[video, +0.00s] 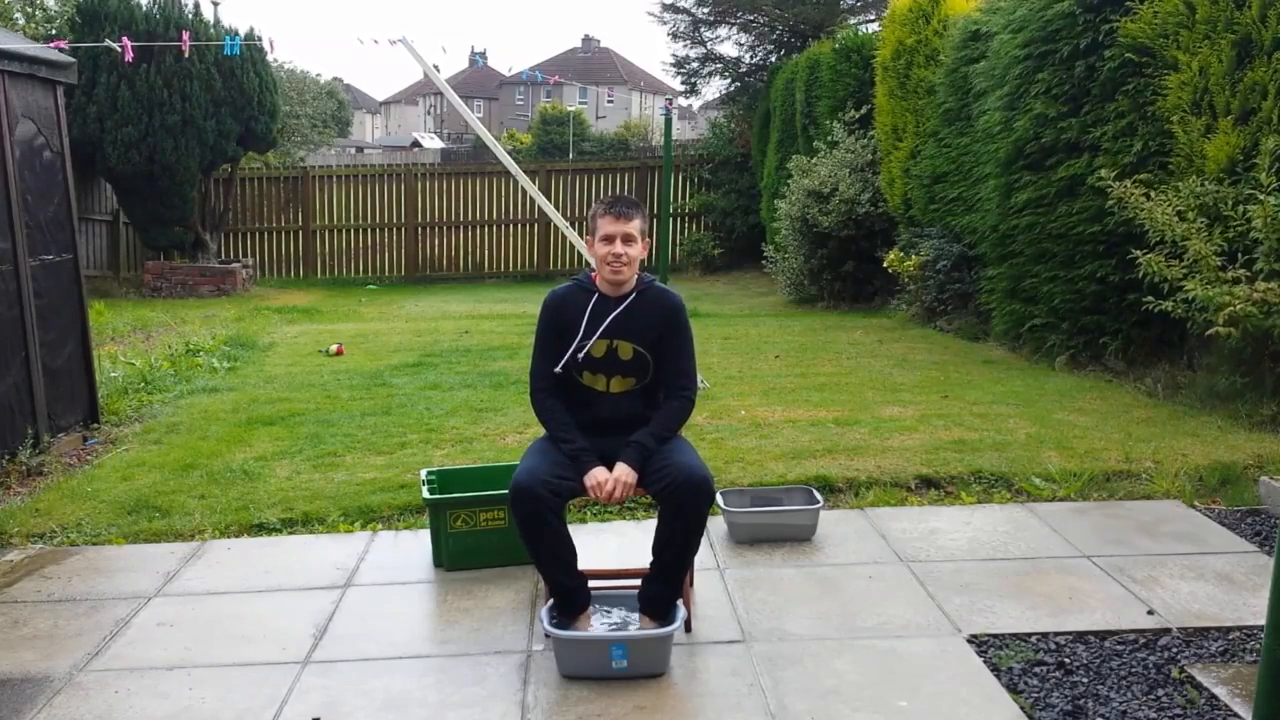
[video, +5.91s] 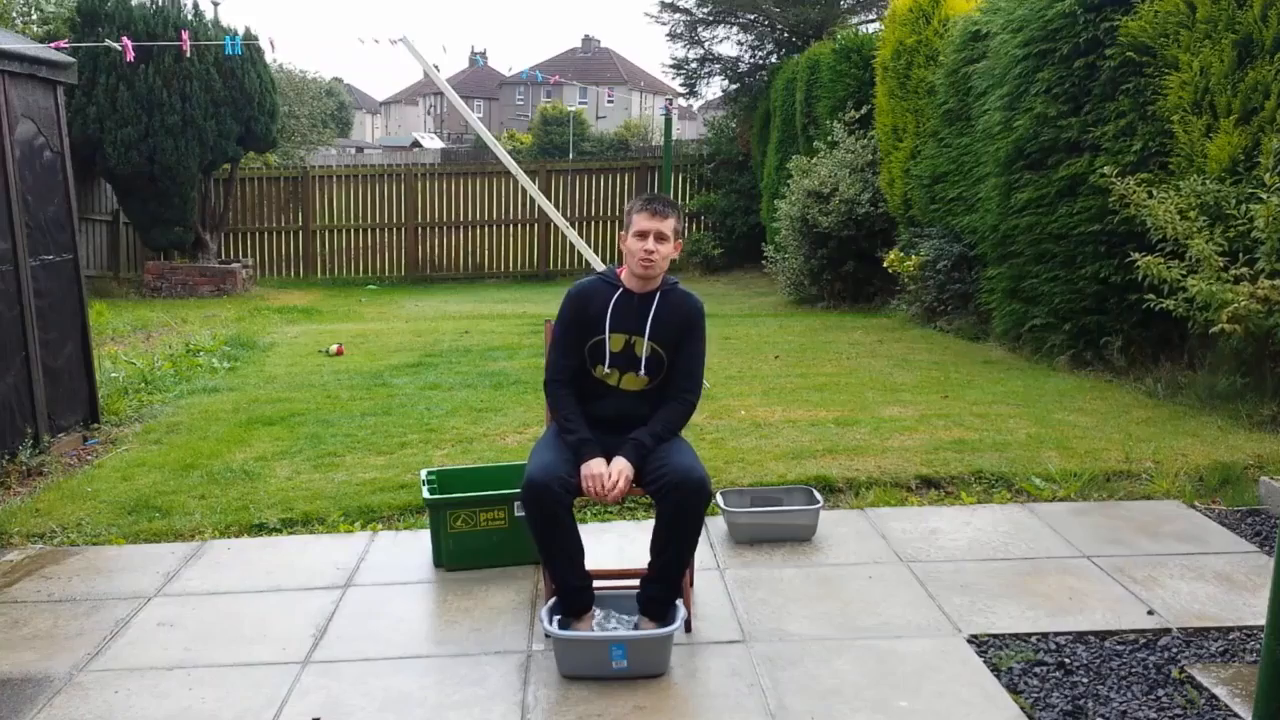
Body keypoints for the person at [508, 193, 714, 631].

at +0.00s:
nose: (617, 250)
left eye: (628, 240)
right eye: (607, 240)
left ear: (644, 248)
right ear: (590, 246)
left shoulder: (665, 306)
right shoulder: (561, 304)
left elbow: (681, 394)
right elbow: (543, 392)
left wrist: (634, 458)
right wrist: (587, 462)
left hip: (648, 435)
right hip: (574, 437)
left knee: (694, 484)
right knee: (527, 490)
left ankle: (658, 602)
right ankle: (572, 601)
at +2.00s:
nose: (616, 250)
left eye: (627, 241)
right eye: (606, 240)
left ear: (644, 248)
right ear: (589, 246)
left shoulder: (666, 307)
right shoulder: (561, 303)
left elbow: (680, 395)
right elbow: (544, 392)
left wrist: (633, 458)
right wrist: (587, 462)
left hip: (648, 436)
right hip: (574, 437)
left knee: (693, 484)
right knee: (527, 489)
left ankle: (656, 606)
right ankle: (572, 604)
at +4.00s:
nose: (617, 248)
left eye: (628, 239)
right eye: (606, 238)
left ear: (644, 247)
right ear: (589, 246)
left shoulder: (665, 306)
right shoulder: (561, 304)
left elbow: (679, 394)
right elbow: (545, 393)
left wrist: (633, 459)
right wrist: (587, 461)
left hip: (648, 435)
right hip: (574, 437)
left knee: (693, 484)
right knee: (528, 489)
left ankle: (657, 605)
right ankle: (572, 605)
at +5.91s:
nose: (649, 246)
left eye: (660, 238)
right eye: (641, 236)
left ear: (675, 249)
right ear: (624, 241)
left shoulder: (686, 309)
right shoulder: (584, 297)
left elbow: (683, 395)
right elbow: (558, 383)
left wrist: (632, 455)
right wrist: (587, 453)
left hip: (650, 431)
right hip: (579, 429)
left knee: (691, 485)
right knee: (540, 485)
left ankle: (656, 604)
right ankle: (576, 603)